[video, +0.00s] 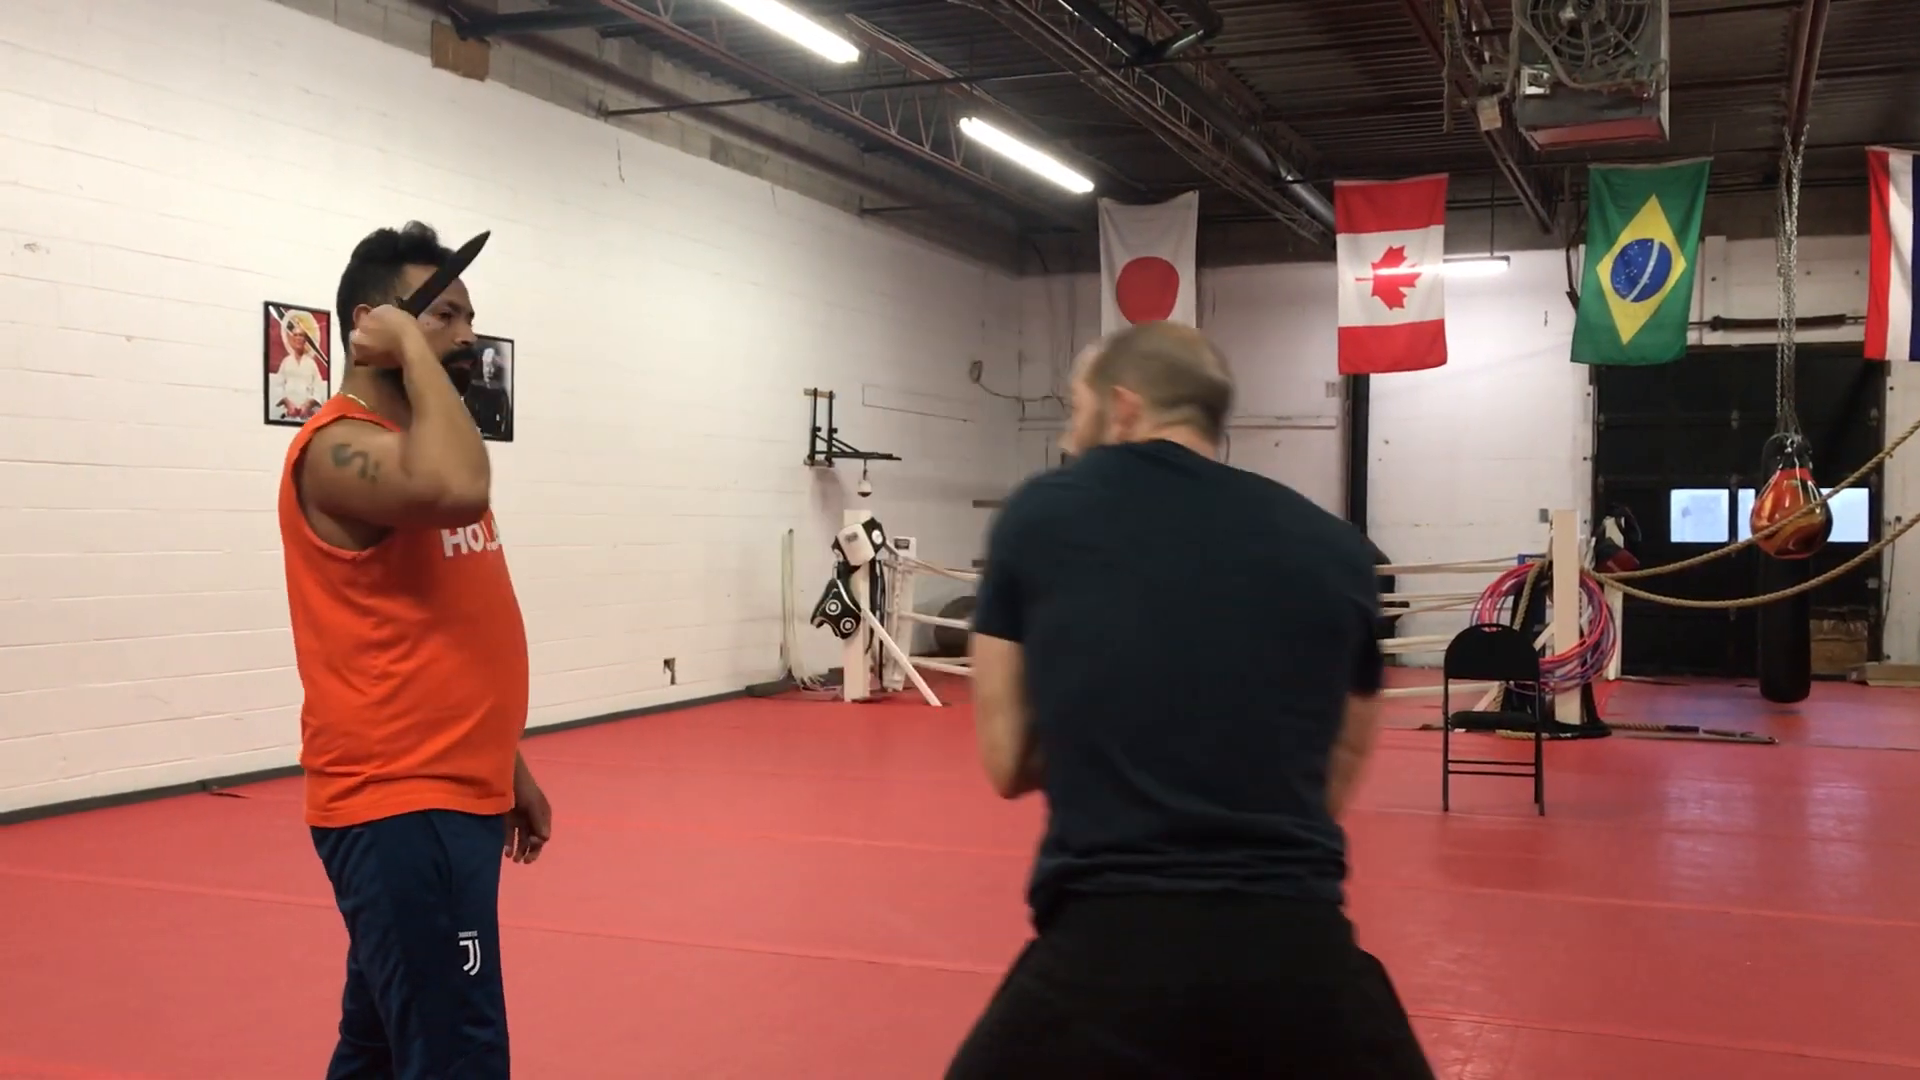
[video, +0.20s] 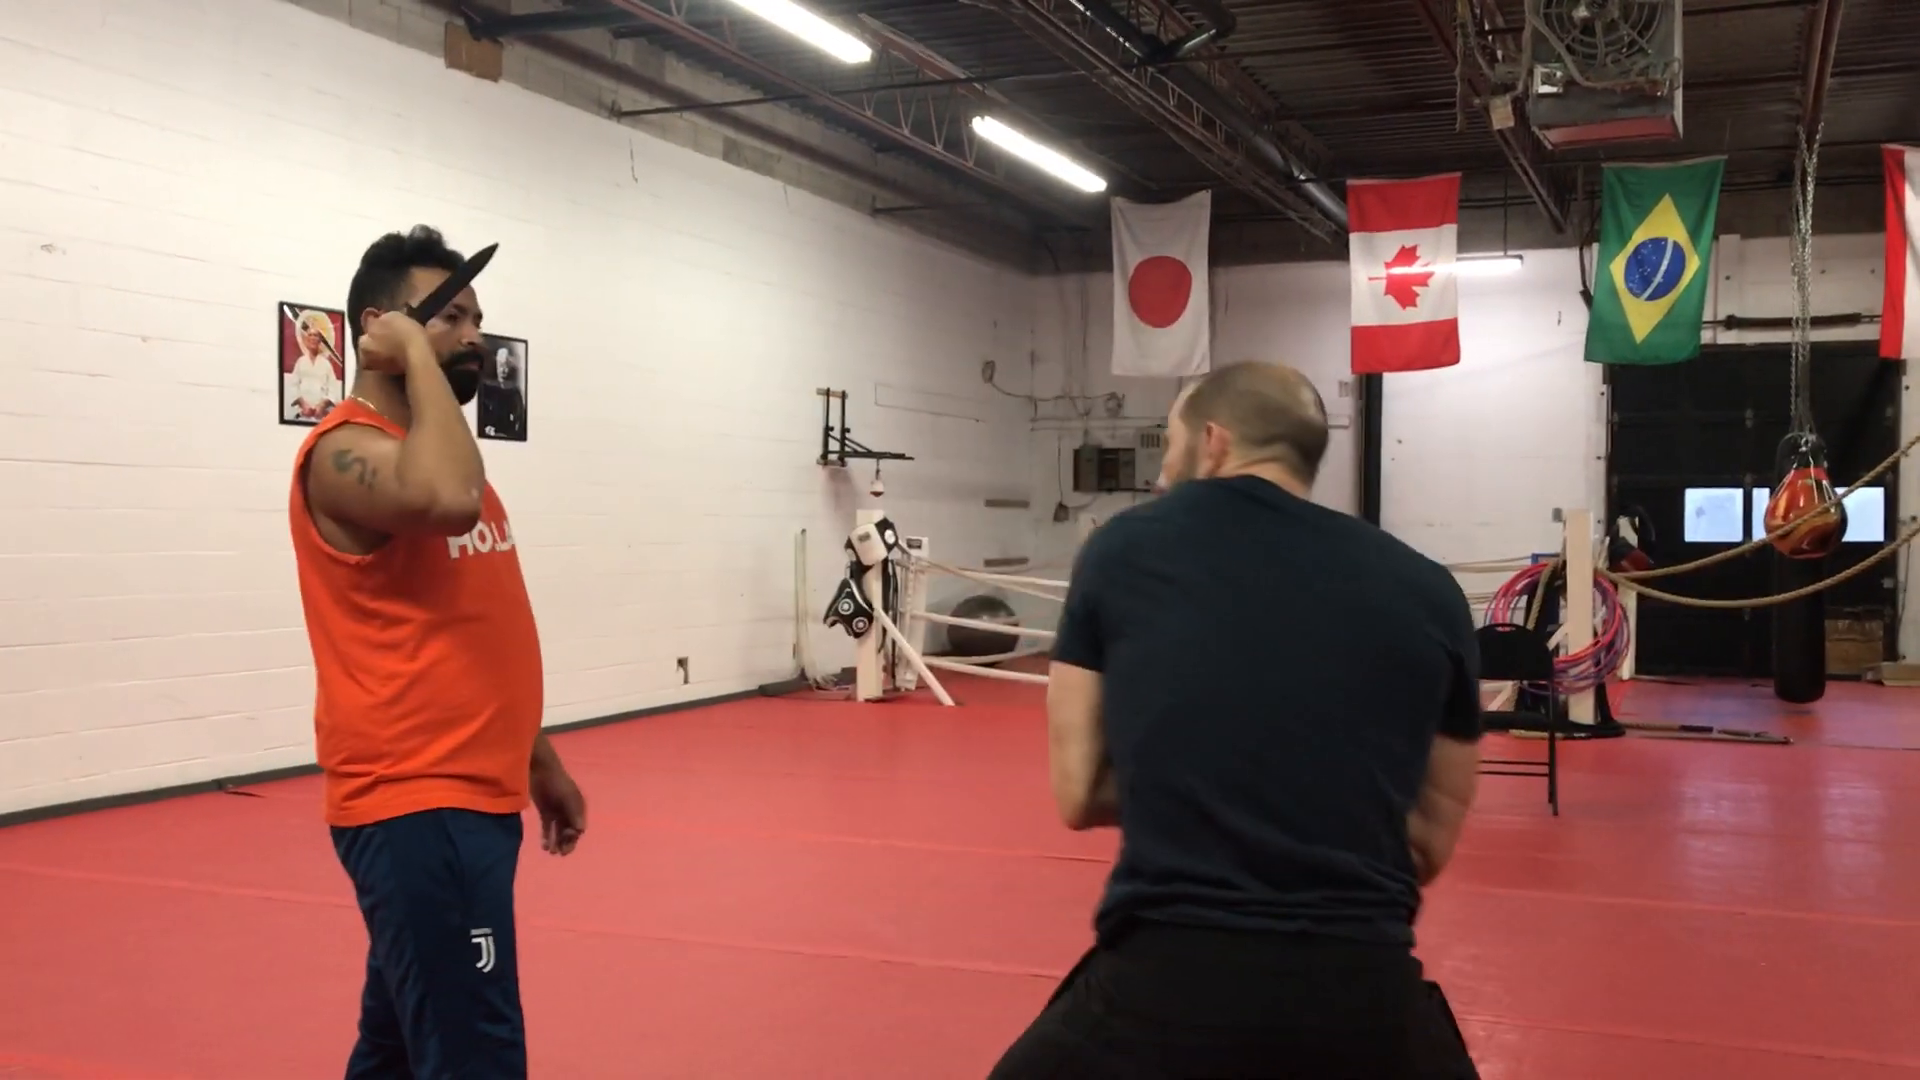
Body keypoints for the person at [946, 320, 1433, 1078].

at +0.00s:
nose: (1068, 430)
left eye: (1075, 406)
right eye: (1068, 406)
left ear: (1122, 406)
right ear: (1215, 420)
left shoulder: (1041, 512)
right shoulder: (1335, 541)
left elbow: (1010, 764)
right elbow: (1336, 783)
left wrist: (1126, 691)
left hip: (1102, 960)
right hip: (1304, 962)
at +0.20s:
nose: (1161, 475)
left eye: (1169, 446)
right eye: (1164, 447)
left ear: (1215, 445)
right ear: (1306, 461)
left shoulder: (1126, 544)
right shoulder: (1427, 586)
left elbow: (1081, 794)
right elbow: (1426, 845)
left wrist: (1225, 768)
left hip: (1154, 994)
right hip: (1371, 1007)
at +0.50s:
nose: (1120, 470)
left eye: (1129, 447)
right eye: (1123, 447)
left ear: (1181, 456)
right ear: (1268, 458)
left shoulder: (1099, 559)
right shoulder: (1390, 571)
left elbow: (1037, 813)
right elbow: (1362, 783)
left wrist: (1165, 749)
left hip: (1147, 995)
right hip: (1349, 1007)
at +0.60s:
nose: (1041, 451)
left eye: (1049, 429)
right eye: (1042, 429)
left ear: (1099, 446)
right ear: (1190, 437)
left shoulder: (1031, 562)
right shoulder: (1305, 545)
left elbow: (962, 796)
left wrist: (992, 628)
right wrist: (997, 596)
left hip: (1092, 988)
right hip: (1280, 988)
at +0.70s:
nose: (936, 435)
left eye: (942, 414)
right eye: (937, 412)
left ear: (987, 438)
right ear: (1082, 414)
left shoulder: (933, 573)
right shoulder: (1184, 505)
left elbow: (866, 730)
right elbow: (1055, 516)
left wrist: (865, 554)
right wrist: (905, 512)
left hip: (1003, 959)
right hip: (1183, 958)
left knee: (856, 1067)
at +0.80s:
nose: (841, 416)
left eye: (842, 397)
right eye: (838, 392)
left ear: (884, 430)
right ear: (976, 391)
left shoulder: (848, 572)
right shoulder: (1076, 467)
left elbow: (765, 644)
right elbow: (921, 443)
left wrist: (739, 492)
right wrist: (776, 446)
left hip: (924, 944)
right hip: (1101, 936)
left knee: (794, 1069)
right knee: (1213, 1070)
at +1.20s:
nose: (675, 419)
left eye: (677, 397)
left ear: (718, 414)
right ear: (814, 374)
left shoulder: (699, 551)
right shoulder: (935, 434)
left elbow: (693, 473)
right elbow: (835, 378)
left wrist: (669, 401)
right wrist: (687, 343)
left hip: (813, 901)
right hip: (987, 886)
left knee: (724, 1067)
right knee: (1091, 1065)